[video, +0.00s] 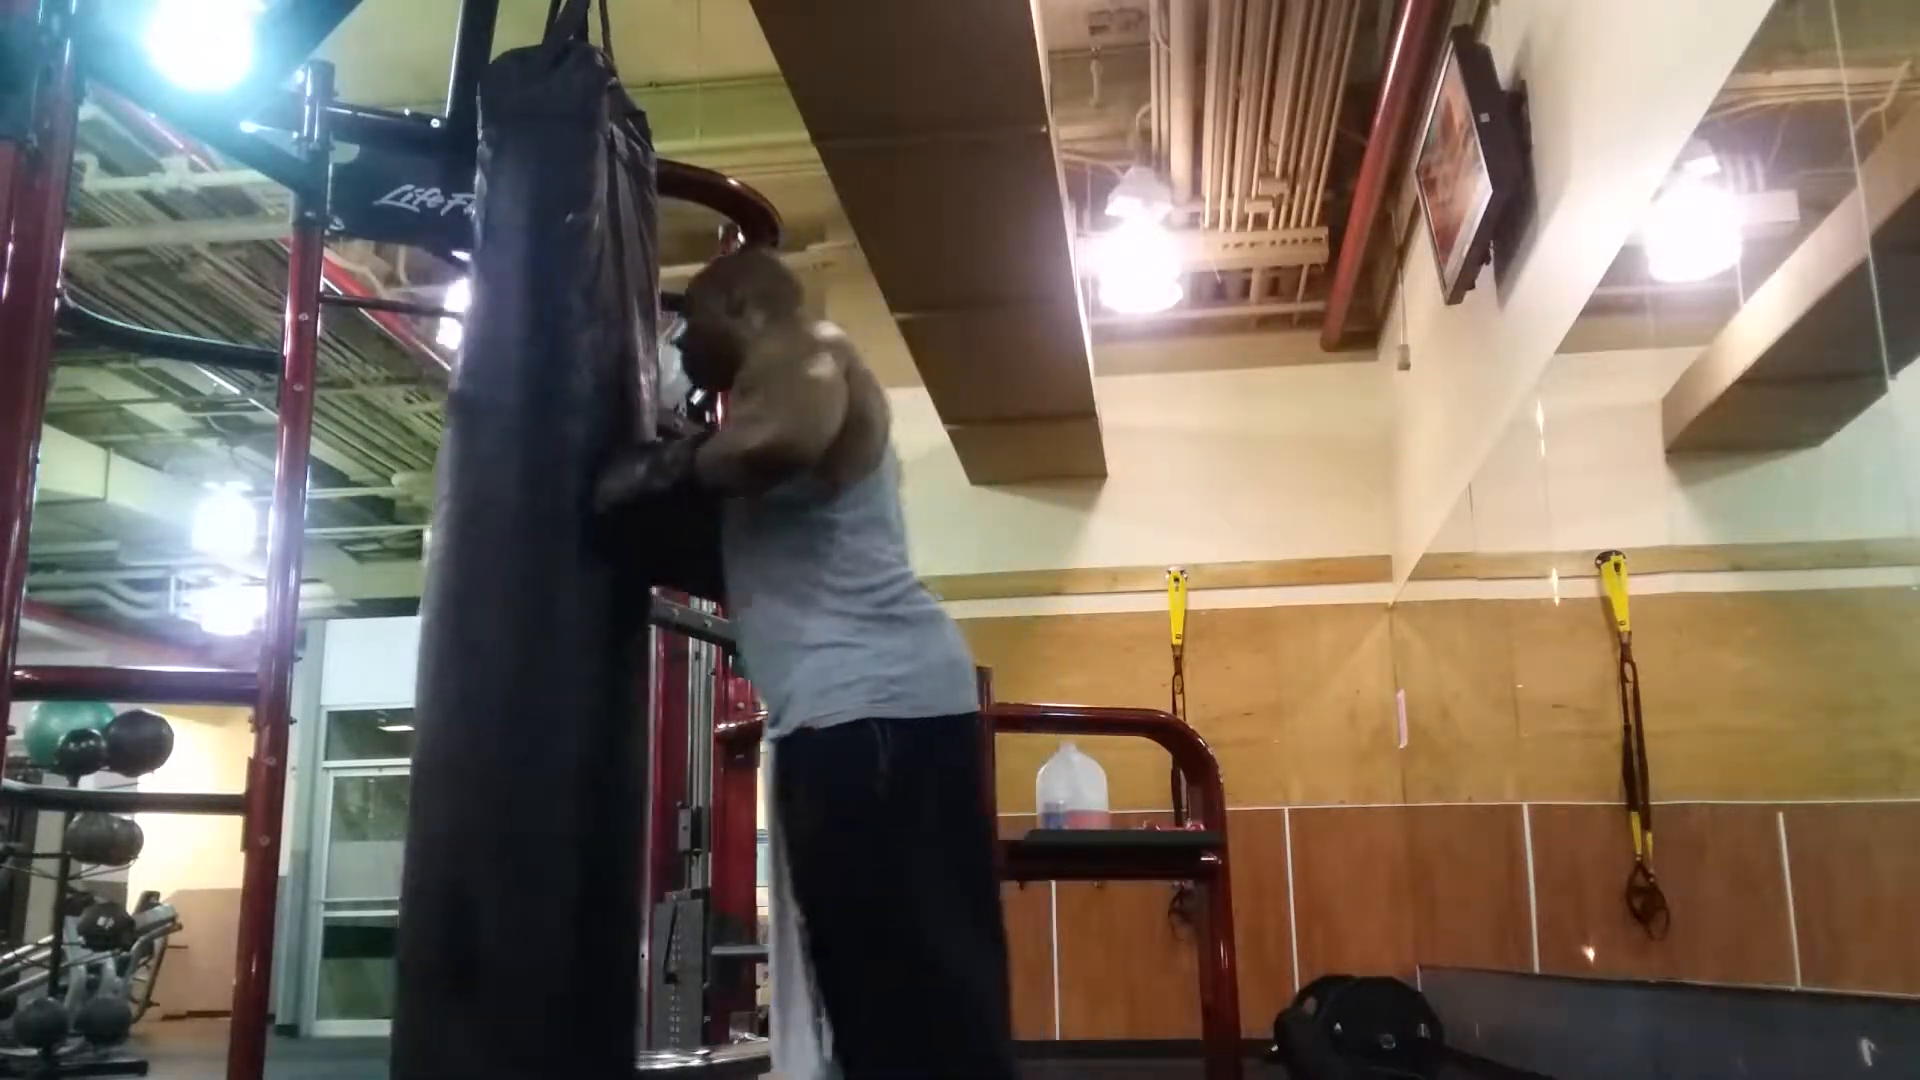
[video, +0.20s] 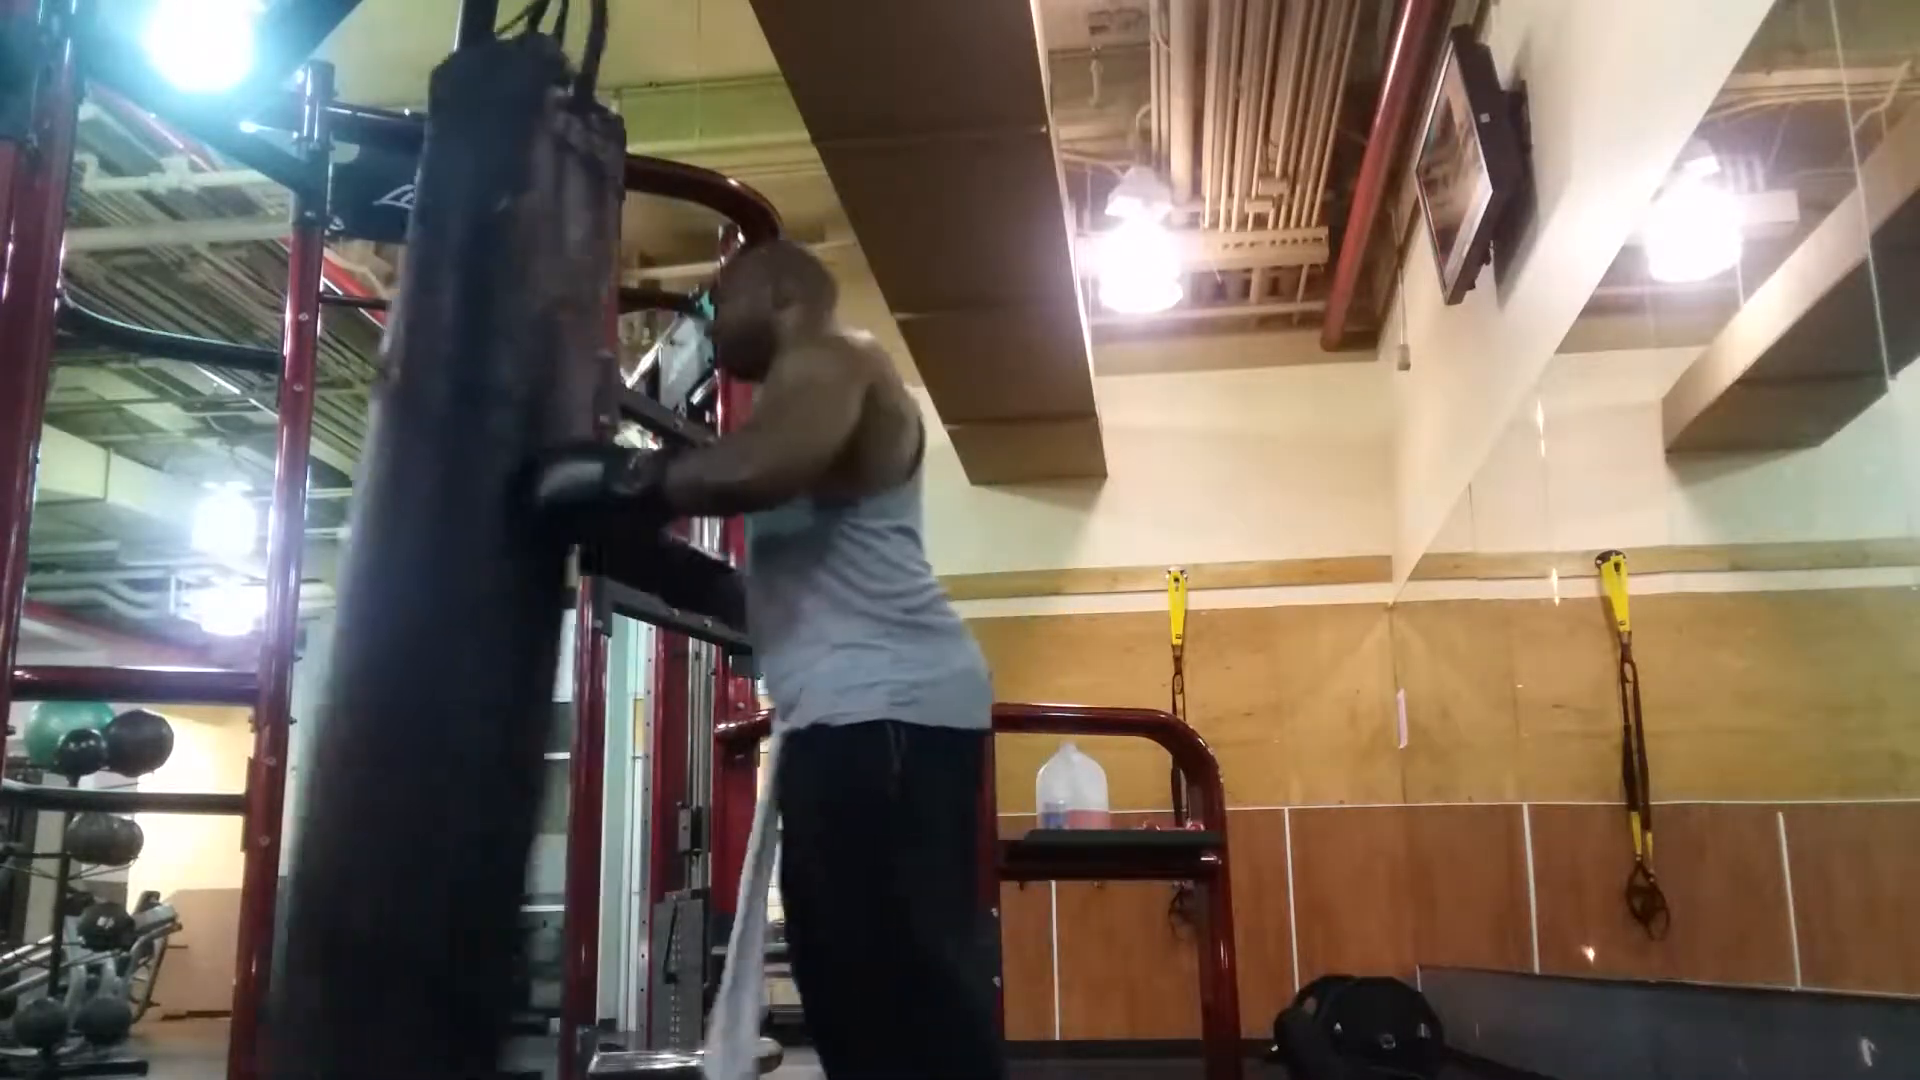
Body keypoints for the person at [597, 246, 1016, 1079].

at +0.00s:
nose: (684, 343)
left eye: (692, 316)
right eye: (681, 320)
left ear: (740, 306)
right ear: (764, 306)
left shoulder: (799, 350)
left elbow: (791, 430)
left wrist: (667, 468)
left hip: (869, 708)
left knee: (897, 1000)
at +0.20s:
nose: (710, 323)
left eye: (722, 299)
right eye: (712, 303)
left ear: (782, 294)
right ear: (794, 301)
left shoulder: (827, 356)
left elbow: (766, 465)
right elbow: (784, 612)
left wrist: (636, 476)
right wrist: (646, 556)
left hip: (881, 710)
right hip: (865, 713)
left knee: (876, 988)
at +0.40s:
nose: (724, 309)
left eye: (738, 287)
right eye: (725, 293)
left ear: (805, 286)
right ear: (808, 293)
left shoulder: (858, 347)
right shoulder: (814, 401)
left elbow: (848, 462)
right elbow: (861, 597)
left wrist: (723, 483)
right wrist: (752, 624)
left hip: (911, 702)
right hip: (872, 706)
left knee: (914, 992)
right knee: (889, 990)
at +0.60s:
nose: (743, 308)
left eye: (755, 282)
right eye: (743, 289)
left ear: (819, 282)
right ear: (825, 288)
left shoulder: (883, 346)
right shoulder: (836, 390)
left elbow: (883, 472)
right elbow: (878, 552)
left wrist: (775, 514)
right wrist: (801, 620)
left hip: (932, 693)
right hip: (894, 694)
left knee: (929, 990)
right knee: (910, 984)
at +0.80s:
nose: (781, 276)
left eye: (796, 255)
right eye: (784, 258)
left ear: (859, 259)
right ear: (862, 266)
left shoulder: (920, 333)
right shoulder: (863, 380)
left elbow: (877, 470)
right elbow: (902, 564)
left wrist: (786, 503)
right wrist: (814, 617)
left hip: (949, 689)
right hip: (905, 692)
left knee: (938, 994)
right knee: (920, 990)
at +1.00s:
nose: (811, 256)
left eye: (824, 235)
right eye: (815, 237)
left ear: (880, 234)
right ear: (895, 241)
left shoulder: (938, 313)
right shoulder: (938, 331)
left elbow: (885, 474)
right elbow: (963, 546)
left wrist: (815, 489)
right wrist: (868, 608)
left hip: (971, 699)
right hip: (978, 698)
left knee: (960, 1020)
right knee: (983, 1016)